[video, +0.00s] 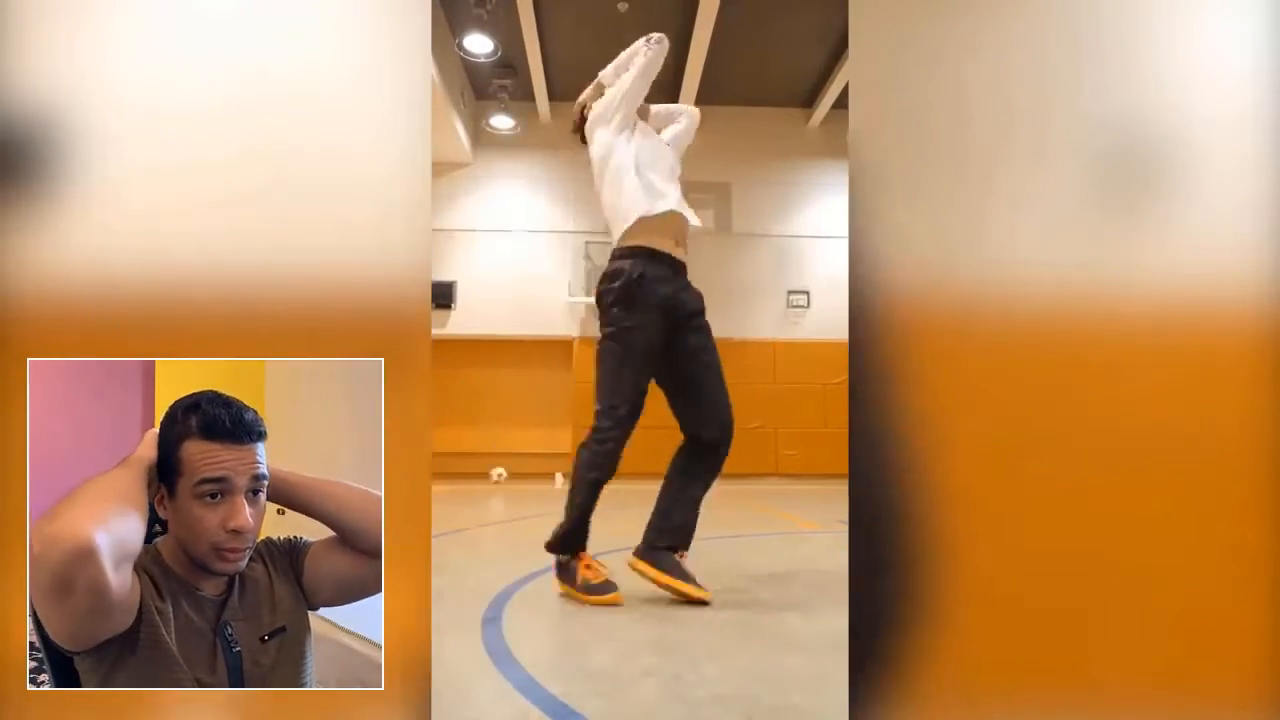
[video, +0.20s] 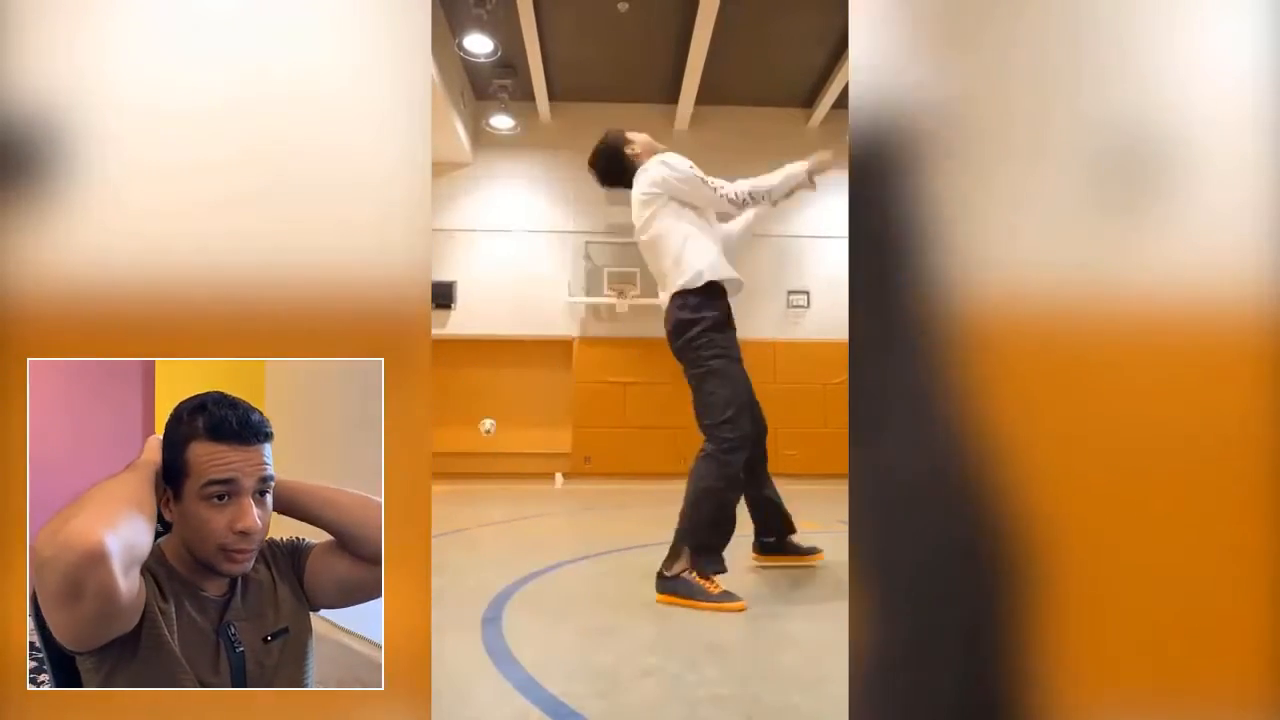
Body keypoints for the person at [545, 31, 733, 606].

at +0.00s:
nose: (613, 98)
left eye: (610, 97)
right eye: (605, 100)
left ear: (615, 111)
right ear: (595, 110)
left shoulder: (656, 143)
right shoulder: (605, 127)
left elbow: (691, 115)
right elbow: (654, 44)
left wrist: (634, 107)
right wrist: (600, 87)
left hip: (678, 287)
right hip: (637, 277)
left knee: (711, 430)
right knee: (612, 425)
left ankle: (661, 548)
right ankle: (569, 552)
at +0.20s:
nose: (644, 133)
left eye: (635, 130)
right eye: (636, 133)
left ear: (629, 162)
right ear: (632, 151)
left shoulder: (654, 197)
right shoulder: (660, 168)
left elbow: (727, 229)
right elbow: (728, 196)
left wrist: (785, 191)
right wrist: (802, 168)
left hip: (705, 311)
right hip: (698, 312)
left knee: (750, 429)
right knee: (730, 434)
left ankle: (772, 537)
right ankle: (682, 567)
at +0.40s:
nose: (669, 166)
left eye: (667, 165)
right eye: (657, 170)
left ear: (681, 183)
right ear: (652, 197)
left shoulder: (726, 221)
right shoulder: (657, 224)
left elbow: (750, 282)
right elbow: (676, 287)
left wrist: (768, 336)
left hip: (745, 330)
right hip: (701, 336)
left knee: (786, 434)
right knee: (712, 424)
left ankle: (763, 535)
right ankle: (712, 550)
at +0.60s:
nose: (672, 193)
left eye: (677, 193)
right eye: (663, 195)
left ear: (689, 210)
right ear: (656, 218)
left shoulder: (720, 236)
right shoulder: (646, 244)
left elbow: (741, 291)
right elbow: (654, 300)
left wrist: (753, 341)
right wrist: (679, 350)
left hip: (732, 340)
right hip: (683, 345)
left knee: (773, 435)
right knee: (675, 441)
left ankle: (766, 535)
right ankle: (652, 503)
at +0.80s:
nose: (644, 215)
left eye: (652, 215)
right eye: (639, 217)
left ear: (666, 231)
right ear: (634, 236)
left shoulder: (689, 254)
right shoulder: (619, 270)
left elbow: (707, 305)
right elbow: (619, 321)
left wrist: (716, 355)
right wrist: (625, 368)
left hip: (689, 360)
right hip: (640, 365)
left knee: (735, 445)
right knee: (628, 451)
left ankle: (763, 535)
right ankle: (633, 523)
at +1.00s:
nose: (625, 215)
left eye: (634, 213)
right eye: (626, 213)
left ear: (647, 226)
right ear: (624, 229)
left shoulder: (659, 251)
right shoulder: (602, 273)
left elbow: (670, 304)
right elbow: (601, 324)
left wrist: (659, 348)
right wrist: (588, 363)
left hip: (649, 348)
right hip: (610, 355)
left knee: (673, 430)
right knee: (614, 439)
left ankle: (659, 492)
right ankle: (630, 522)